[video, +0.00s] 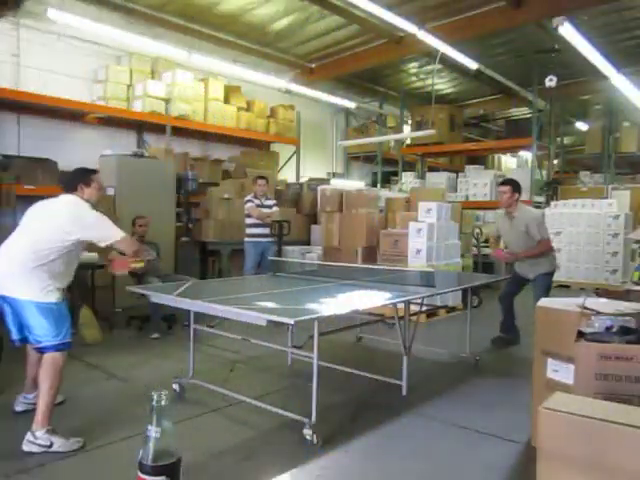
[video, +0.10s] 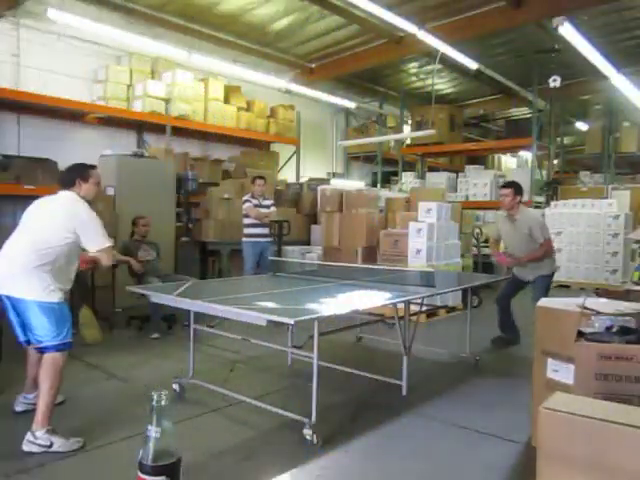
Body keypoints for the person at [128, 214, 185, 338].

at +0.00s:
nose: (143, 229)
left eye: (145, 226)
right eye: (140, 226)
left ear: (148, 228)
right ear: (133, 228)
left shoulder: (154, 246)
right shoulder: (128, 246)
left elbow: (157, 265)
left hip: (158, 275)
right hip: (143, 276)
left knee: (191, 282)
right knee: (157, 287)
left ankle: (189, 320)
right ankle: (154, 328)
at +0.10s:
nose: (146, 229)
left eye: (148, 226)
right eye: (143, 226)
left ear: (150, 228)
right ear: (134, 228)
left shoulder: (154, 245)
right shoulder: (128, 245)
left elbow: (158, 262)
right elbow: (115, 257)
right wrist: (130, 261)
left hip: (159, 275)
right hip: (143, 276)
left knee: (189, 282)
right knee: (157, 288)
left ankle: (189, 320)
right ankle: (154, 328)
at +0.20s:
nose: (146, 229)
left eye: (148, 226)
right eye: (143, 226)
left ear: (150, 227)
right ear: (134, 228)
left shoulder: (154, 245)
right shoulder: (128, 245)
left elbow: (157, 262)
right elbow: (111, 256)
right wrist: (130, 260)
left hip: (159, 275)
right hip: (144, 277)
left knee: (189, 282)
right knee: (157, 289)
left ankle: (190, 320)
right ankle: (154, 328)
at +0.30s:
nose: (147, 229)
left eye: (148, 226)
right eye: (143, 226)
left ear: (150, 227)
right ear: (135, 228)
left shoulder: (154, 245)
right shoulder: (128, 244)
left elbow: (158, 262)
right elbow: (112, 256)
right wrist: (130, 260)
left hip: (160, 275)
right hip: (144, 276)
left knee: (190, 282)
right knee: (157, 289)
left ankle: (190, 320)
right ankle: (154, 328)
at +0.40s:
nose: (146, 229)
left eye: (148, 226)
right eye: (143, 226)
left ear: (150, 227)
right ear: (134, 228)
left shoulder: (154, 245)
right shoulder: (128, 245)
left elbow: (157, 262)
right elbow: (111, 256)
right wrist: (130, 260)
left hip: (160, 275)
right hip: (144, 277)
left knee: (190, 282)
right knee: (157, 289)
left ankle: (189, 320)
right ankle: (154, 328)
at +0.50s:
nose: (147, 229)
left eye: (148, 226)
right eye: (143, 226)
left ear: (150, 227)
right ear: (135, 228)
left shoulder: (154, 245)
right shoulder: (128, 245)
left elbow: (157, 262)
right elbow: (111, 256)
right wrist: (130, 260)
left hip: (160, 275)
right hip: (144, 276)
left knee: (190, 282)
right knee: (157, 288)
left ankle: (190, 320)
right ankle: (154, 328)